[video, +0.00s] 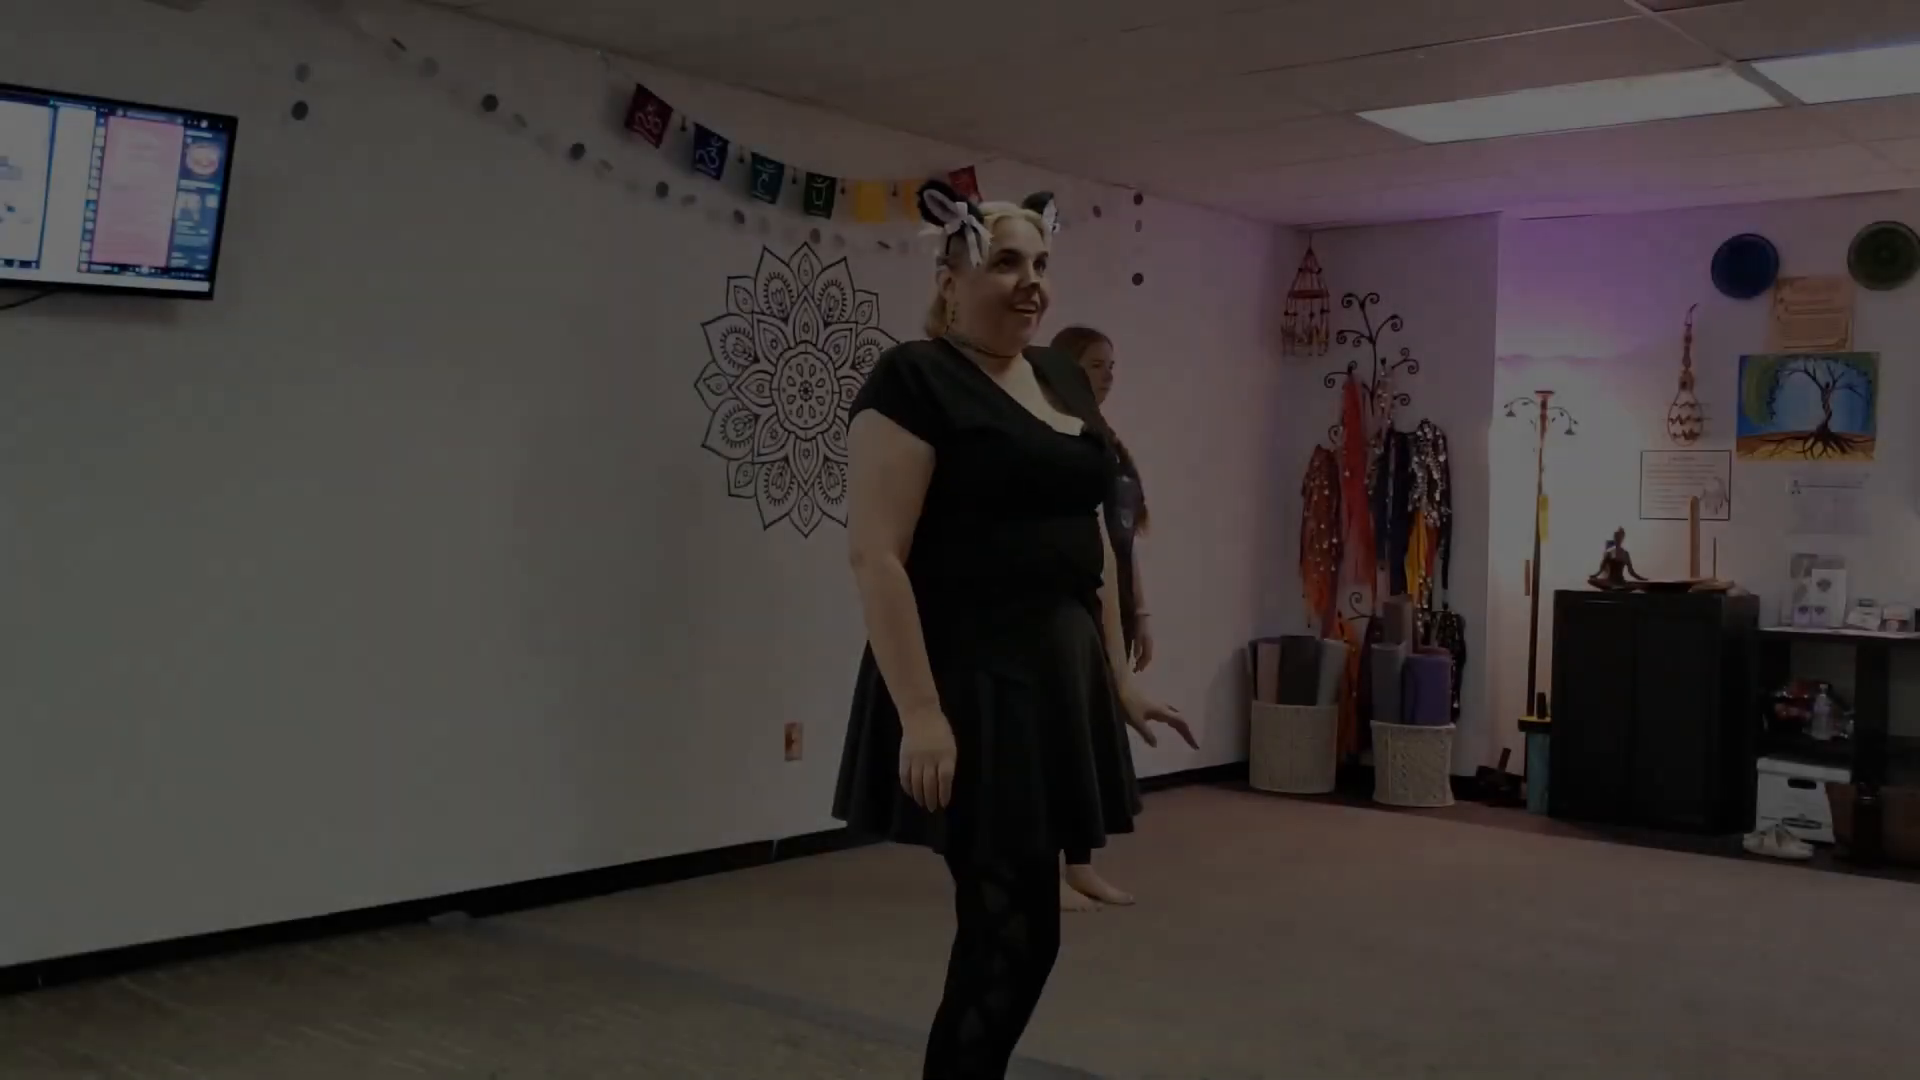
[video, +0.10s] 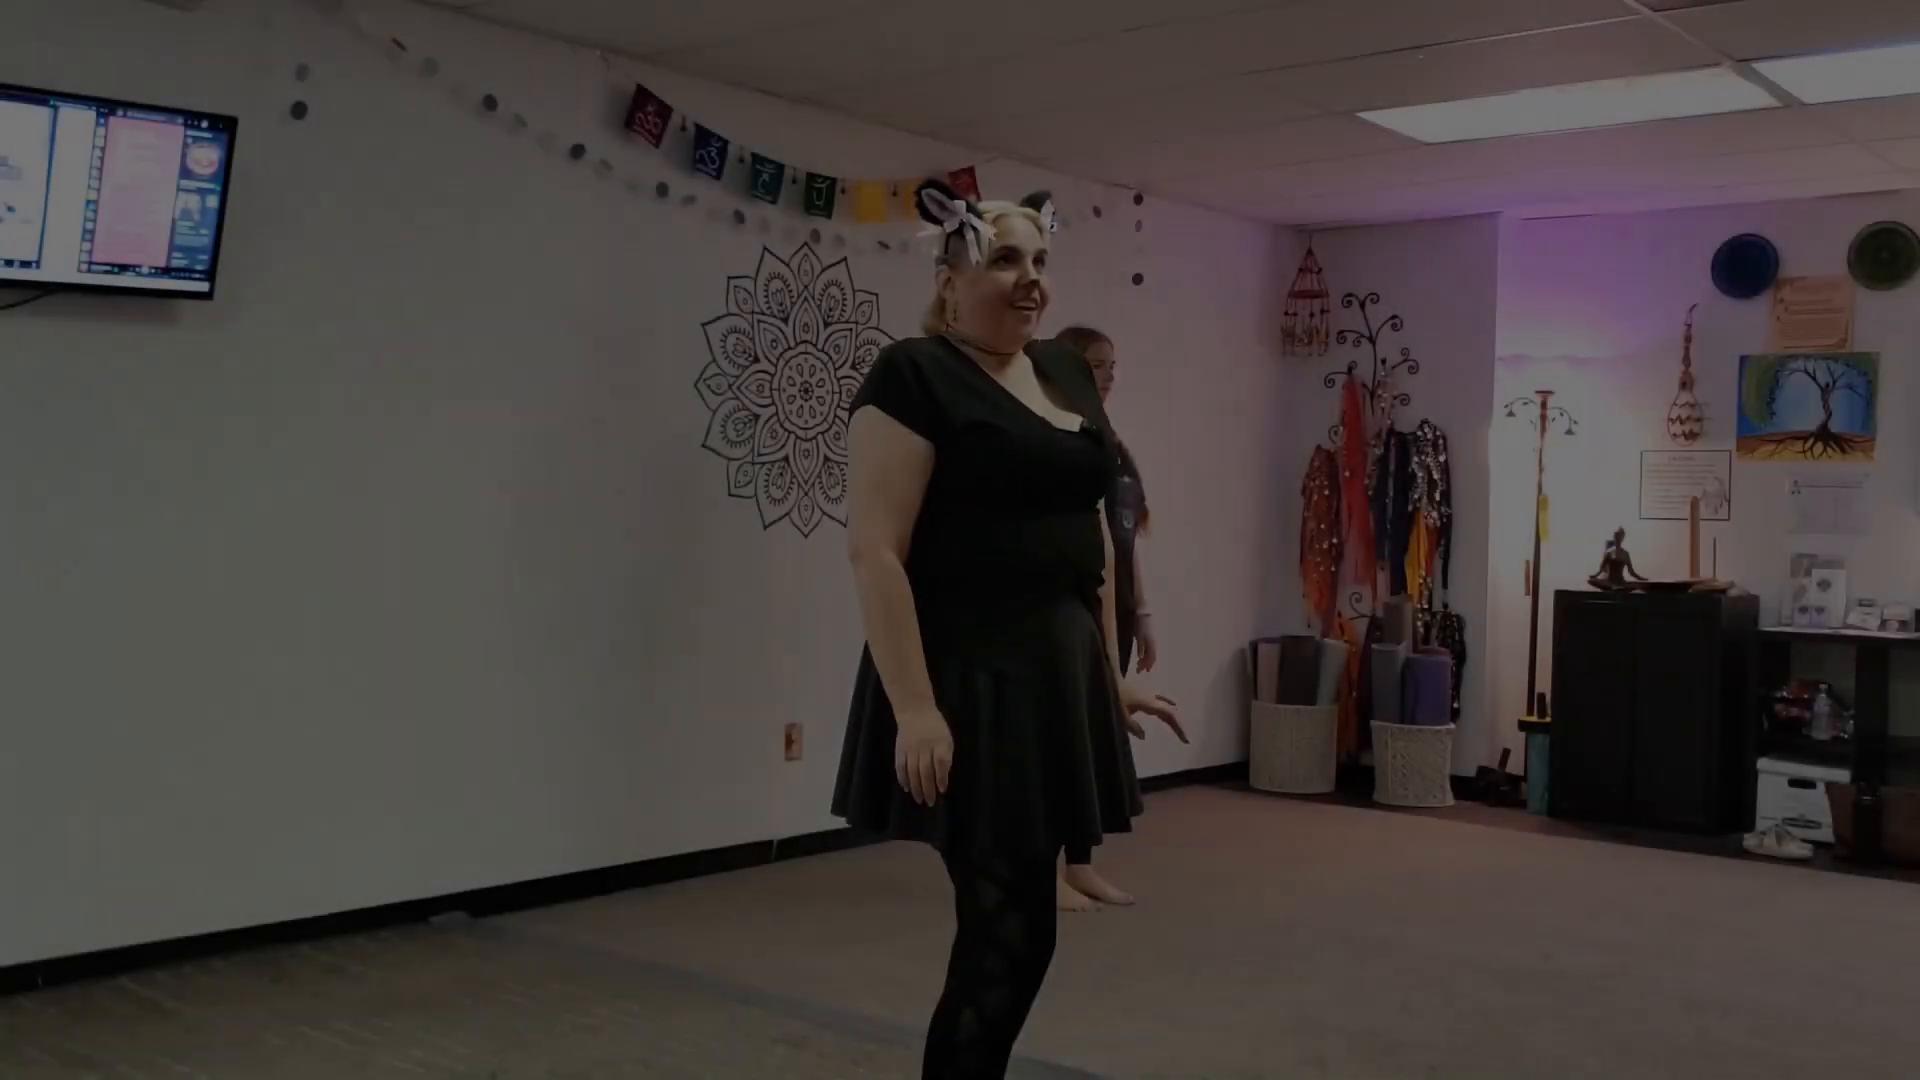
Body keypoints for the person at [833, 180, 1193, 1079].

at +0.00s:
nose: (1032, 281)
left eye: (1042, 265)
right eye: (1008, 263)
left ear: (1049, 278)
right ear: (952, 279)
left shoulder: (1051, 386)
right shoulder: (913, 380)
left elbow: (1089, 553)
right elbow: (875, 556)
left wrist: (1122, 685)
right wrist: (920, 714)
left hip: (1052, 688)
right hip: (969, 693)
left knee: (1013, 937)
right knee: (1009, 940)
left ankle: (967, 1068)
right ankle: (956, 1071)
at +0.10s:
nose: (1033, 279)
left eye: (1040, 262)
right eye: (1008, 261)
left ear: (1048, 275)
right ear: (950, 276)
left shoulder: (1050, 386)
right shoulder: (911, 376)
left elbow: (1089, 545)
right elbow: (874, 553)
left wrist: (1111, 679)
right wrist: (915, 711)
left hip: (1051, 685)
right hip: (966, 689)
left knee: (1010, 935)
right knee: (1009, 939)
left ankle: (966, 1067)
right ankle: (955, 1071)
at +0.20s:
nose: (1030, 278)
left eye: (1038, 261)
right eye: (1004, 260)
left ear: (1046, 275)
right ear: (948, 279)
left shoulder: (1054, 384)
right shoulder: (910, 376)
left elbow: (1093, 543)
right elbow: (873, 551)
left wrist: (1110, 674)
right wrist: (909, 708)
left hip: (1052, 684)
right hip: (965, 687)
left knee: (1011, 938)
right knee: (1004, 942)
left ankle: (967, 1067)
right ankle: (953, 1071)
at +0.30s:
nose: (1029, 277)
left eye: (1038, 261)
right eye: (1004, 260)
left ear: (1046, 277)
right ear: (950, 278)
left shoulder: (1058, 382)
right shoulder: (911, 374)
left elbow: (1096, 539)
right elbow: (872, 549)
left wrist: (1115, 672)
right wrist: (907, 708)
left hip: (1054, 682)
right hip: (964, 685)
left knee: (1009, 938)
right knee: (1006, 941)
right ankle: (952, 1072)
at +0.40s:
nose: (1030, 279)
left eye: (1038, 262)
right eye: (1004, 262)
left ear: (1046, 276)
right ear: (947, 282)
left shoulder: (1058, 380)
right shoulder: (909, 376)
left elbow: (1095, 543)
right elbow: (870, 552)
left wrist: (1122, 678)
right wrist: (904, 707)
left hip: (1052, 684)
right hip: (961, 689)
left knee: (1005, 939)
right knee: (1010, 941)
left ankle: (965, 1067)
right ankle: (955, 1070)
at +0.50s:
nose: (1031, 282)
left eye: (1039, 264)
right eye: (1005, 265)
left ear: (1046, 277)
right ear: (947, 286)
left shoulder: (1056, 388)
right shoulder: (908, 383)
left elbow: (1093, 549)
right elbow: (868, 554)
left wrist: (1127, 683)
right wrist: (903, 712)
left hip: (1051, 688)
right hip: (960, 692)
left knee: (1004, 941)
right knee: (1011, 943)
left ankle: (964, 1068)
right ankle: (954, 1070)